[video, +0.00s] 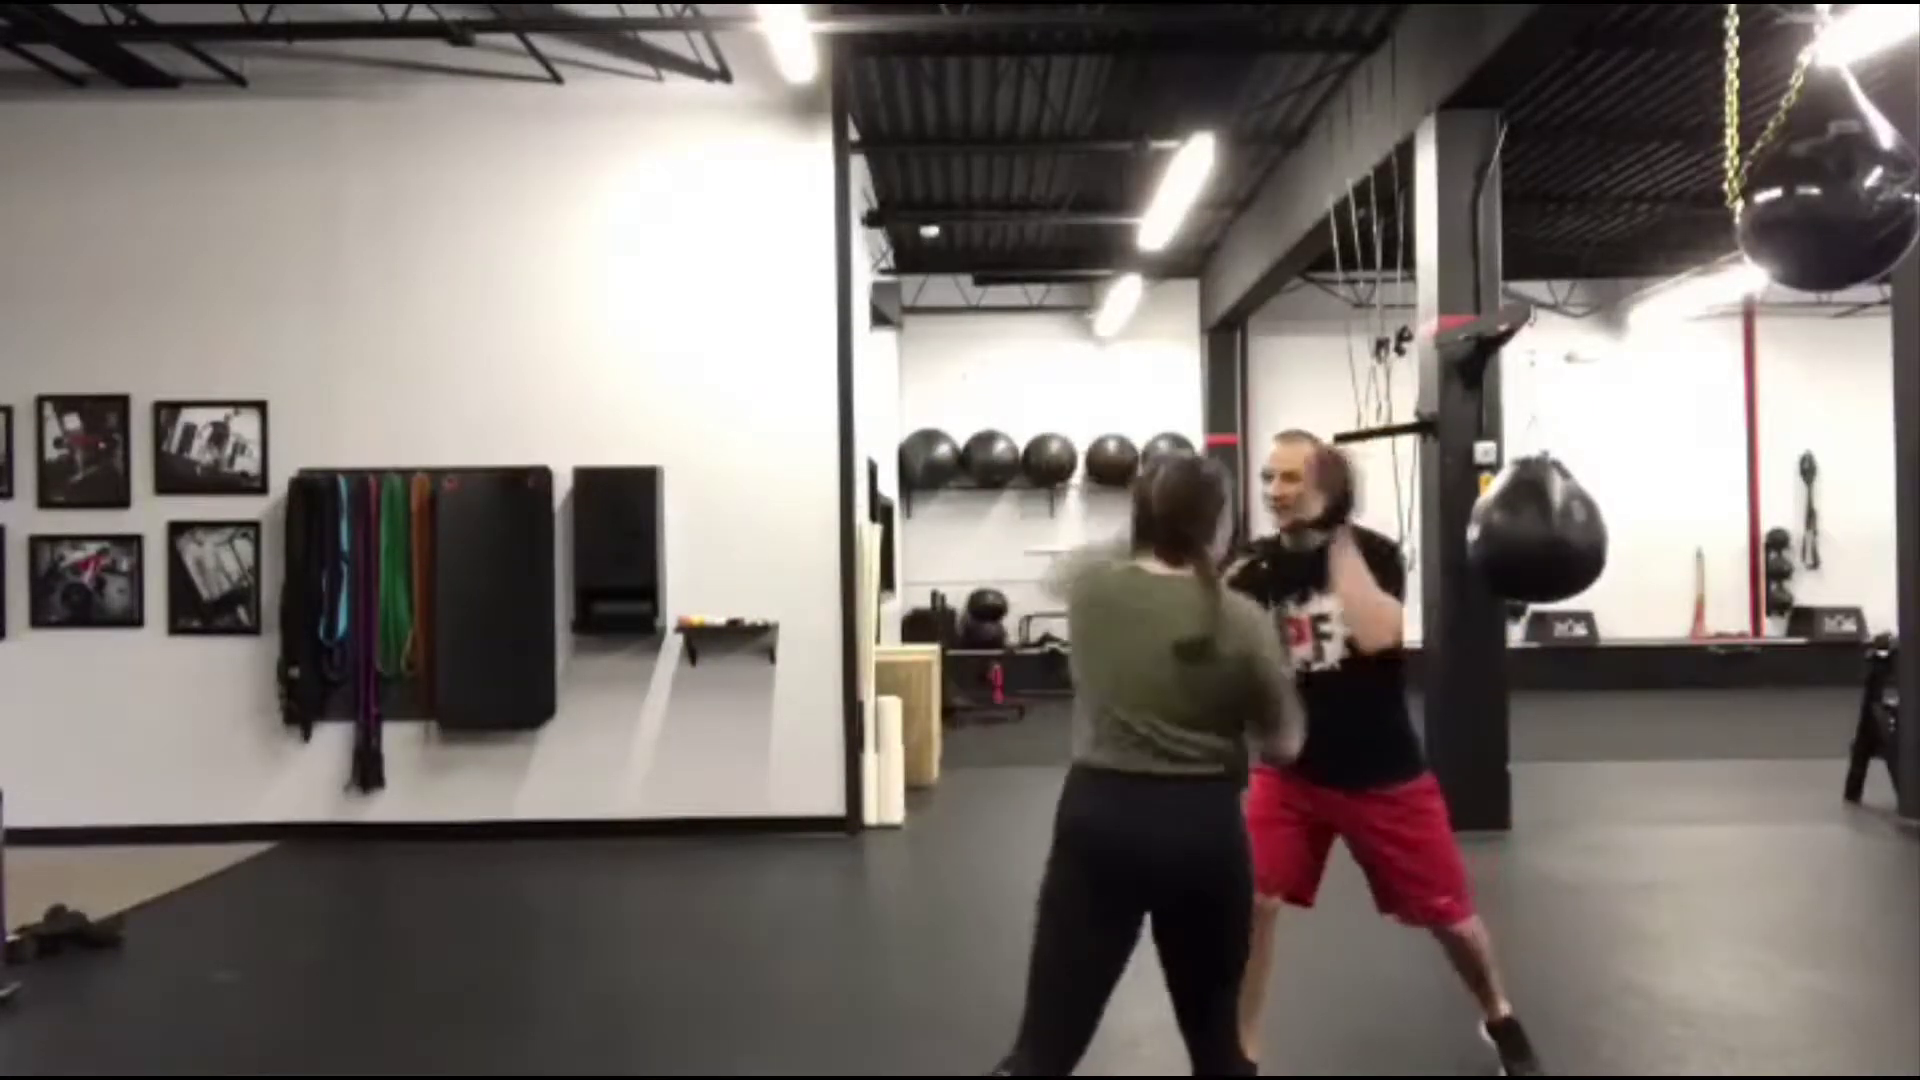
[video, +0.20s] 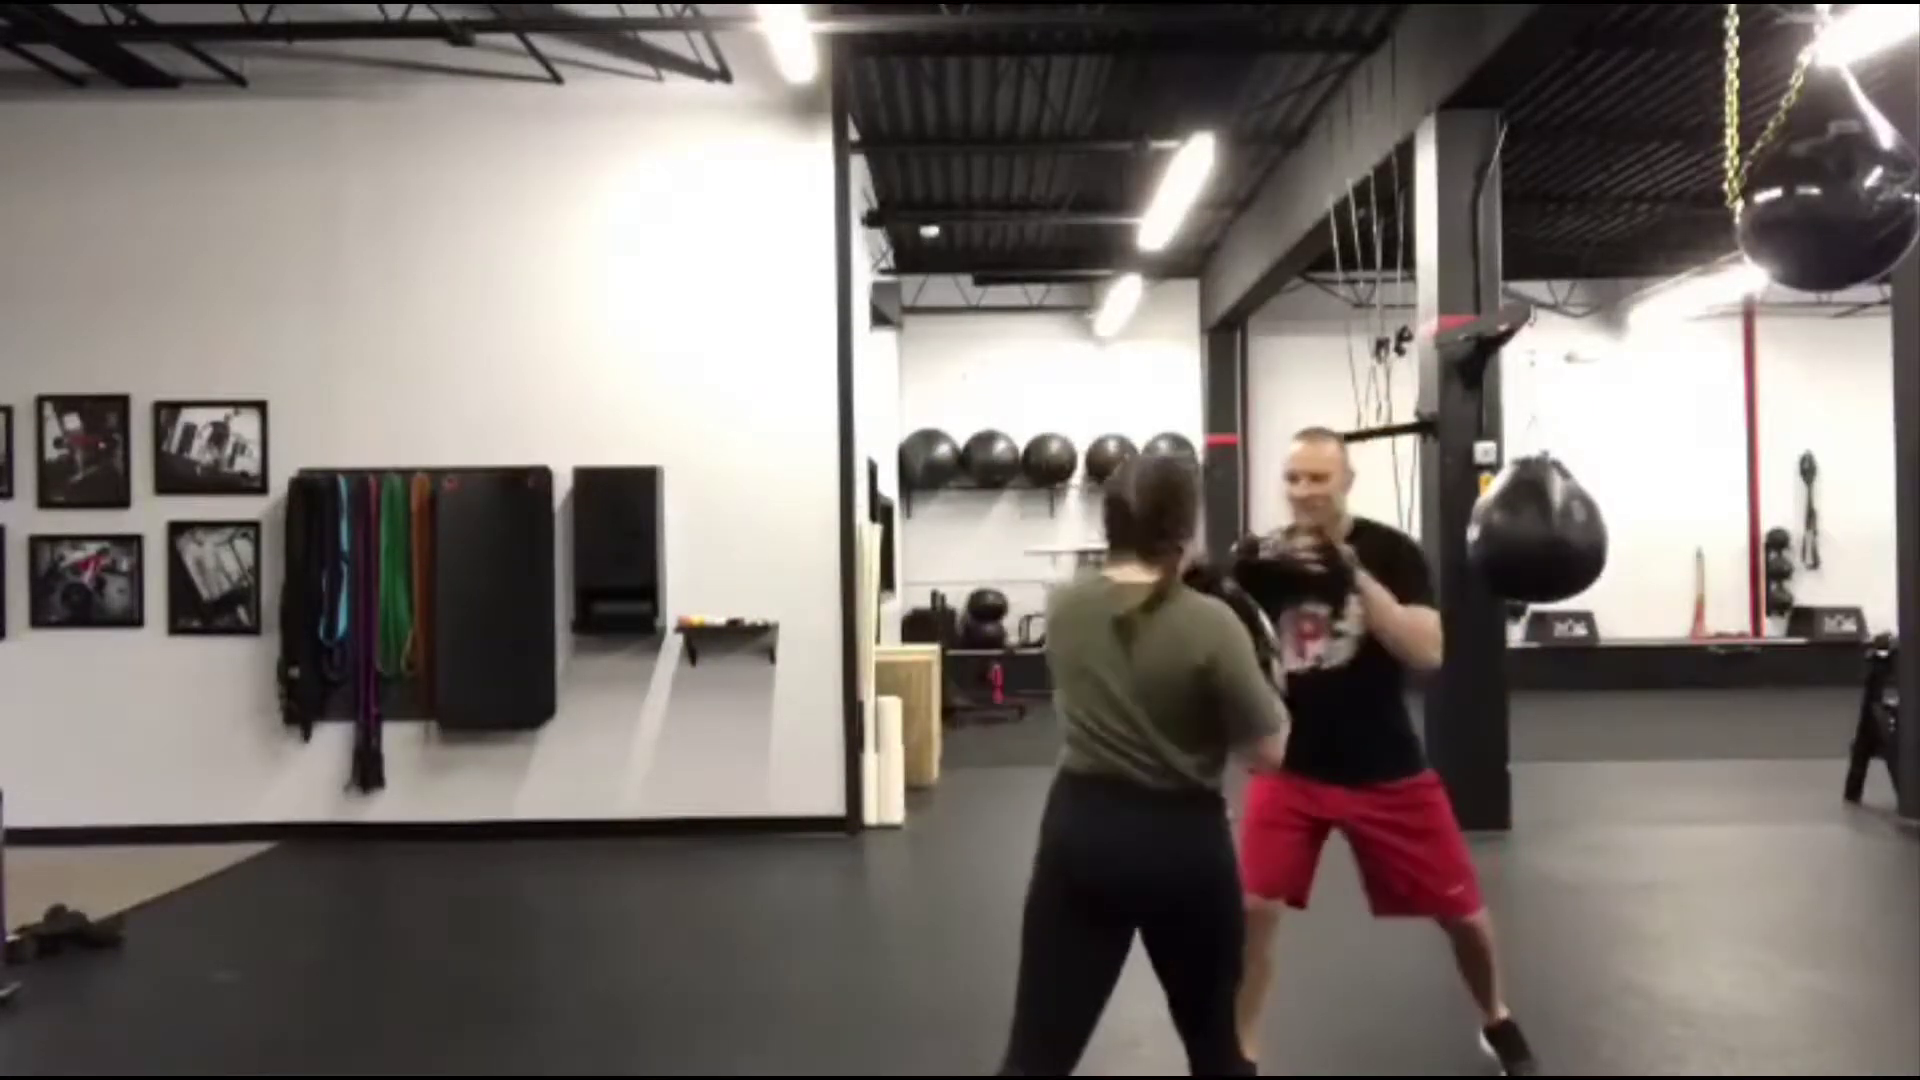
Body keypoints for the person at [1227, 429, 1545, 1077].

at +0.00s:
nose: (1277, 490)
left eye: (1292, 479)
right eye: (1270, 479)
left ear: (1329, 487)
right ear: (1262, 487)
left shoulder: (1373, 555)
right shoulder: (1254, 567)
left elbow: (1379, 634)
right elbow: (1211, 642)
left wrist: (1337, 541)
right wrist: (1228, 586)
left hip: (1386, 779)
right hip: (1284, 776)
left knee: (1456, 924)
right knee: (1253, 905)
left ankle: (1500, 1020)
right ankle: (1242, 1051)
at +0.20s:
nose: (1306, 492)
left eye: (1320, 479)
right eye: (1296, 479)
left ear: (1347, 482)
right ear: (1281, 484)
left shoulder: (1391, 554)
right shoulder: (1257, 566)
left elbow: (1425, 650)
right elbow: (1220, 656)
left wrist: (1352, 574)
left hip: (1392, 775)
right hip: (1289, 774)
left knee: (1466, 917)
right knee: (1253, 909)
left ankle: (1497, 1021)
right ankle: (1241, 1054)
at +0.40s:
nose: (1363, 505)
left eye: (1376, 492)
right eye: (1352, 493)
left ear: (1403, 493)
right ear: (1339, 496)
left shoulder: (1424, 562)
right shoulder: (1312, 560)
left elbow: (1457, 663)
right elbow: (1242, 591)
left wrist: (1429, 582)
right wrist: (1239, 588)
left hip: (1406, 769)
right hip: (1320, 775)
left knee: (1480, 895)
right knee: (1298, 917)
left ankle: (1494, 1028)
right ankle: (1227, 1051)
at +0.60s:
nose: (1343, 500)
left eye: (1356, 486)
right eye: (1333, 487)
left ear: (1387, 490)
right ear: (1320, 491)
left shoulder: (1419, 557)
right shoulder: (1300, 561)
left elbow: (1467, 650)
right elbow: (1222, 640)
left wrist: (1425, 559)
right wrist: (1265, 596)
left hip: (1413, 774)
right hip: (1317, 777)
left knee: (1482, 904)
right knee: (1285, 913)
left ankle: (1493, 1029)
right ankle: (1230, 1050)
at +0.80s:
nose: (1294, 491)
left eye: (1305, 479)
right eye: (1290, 478)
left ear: (1337, 484)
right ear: (1284, 485)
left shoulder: (1389, 553)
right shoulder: (1267, 570)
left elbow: (1403, 624)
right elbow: (1228, 636)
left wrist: (1356, 543)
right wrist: (1236, 556)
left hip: (1399, 771)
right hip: (1302, 770)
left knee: (1463, 916)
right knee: (1258, 907)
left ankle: (1498, 1029)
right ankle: (1226, 1041)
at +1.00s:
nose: (1301, 501)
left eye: (1314, 487)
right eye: (1289, 489)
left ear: (1342, 490)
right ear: (1278, 496)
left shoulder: (1391, 561)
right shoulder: (1266, 568)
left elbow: (1435, 665)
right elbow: (1234, 649)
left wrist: (1360, 660)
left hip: (1405, 778)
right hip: (1311, 778)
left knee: (1469, 914)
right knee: (1264, 914)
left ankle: (1514, 1022)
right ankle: (1235, 1047)